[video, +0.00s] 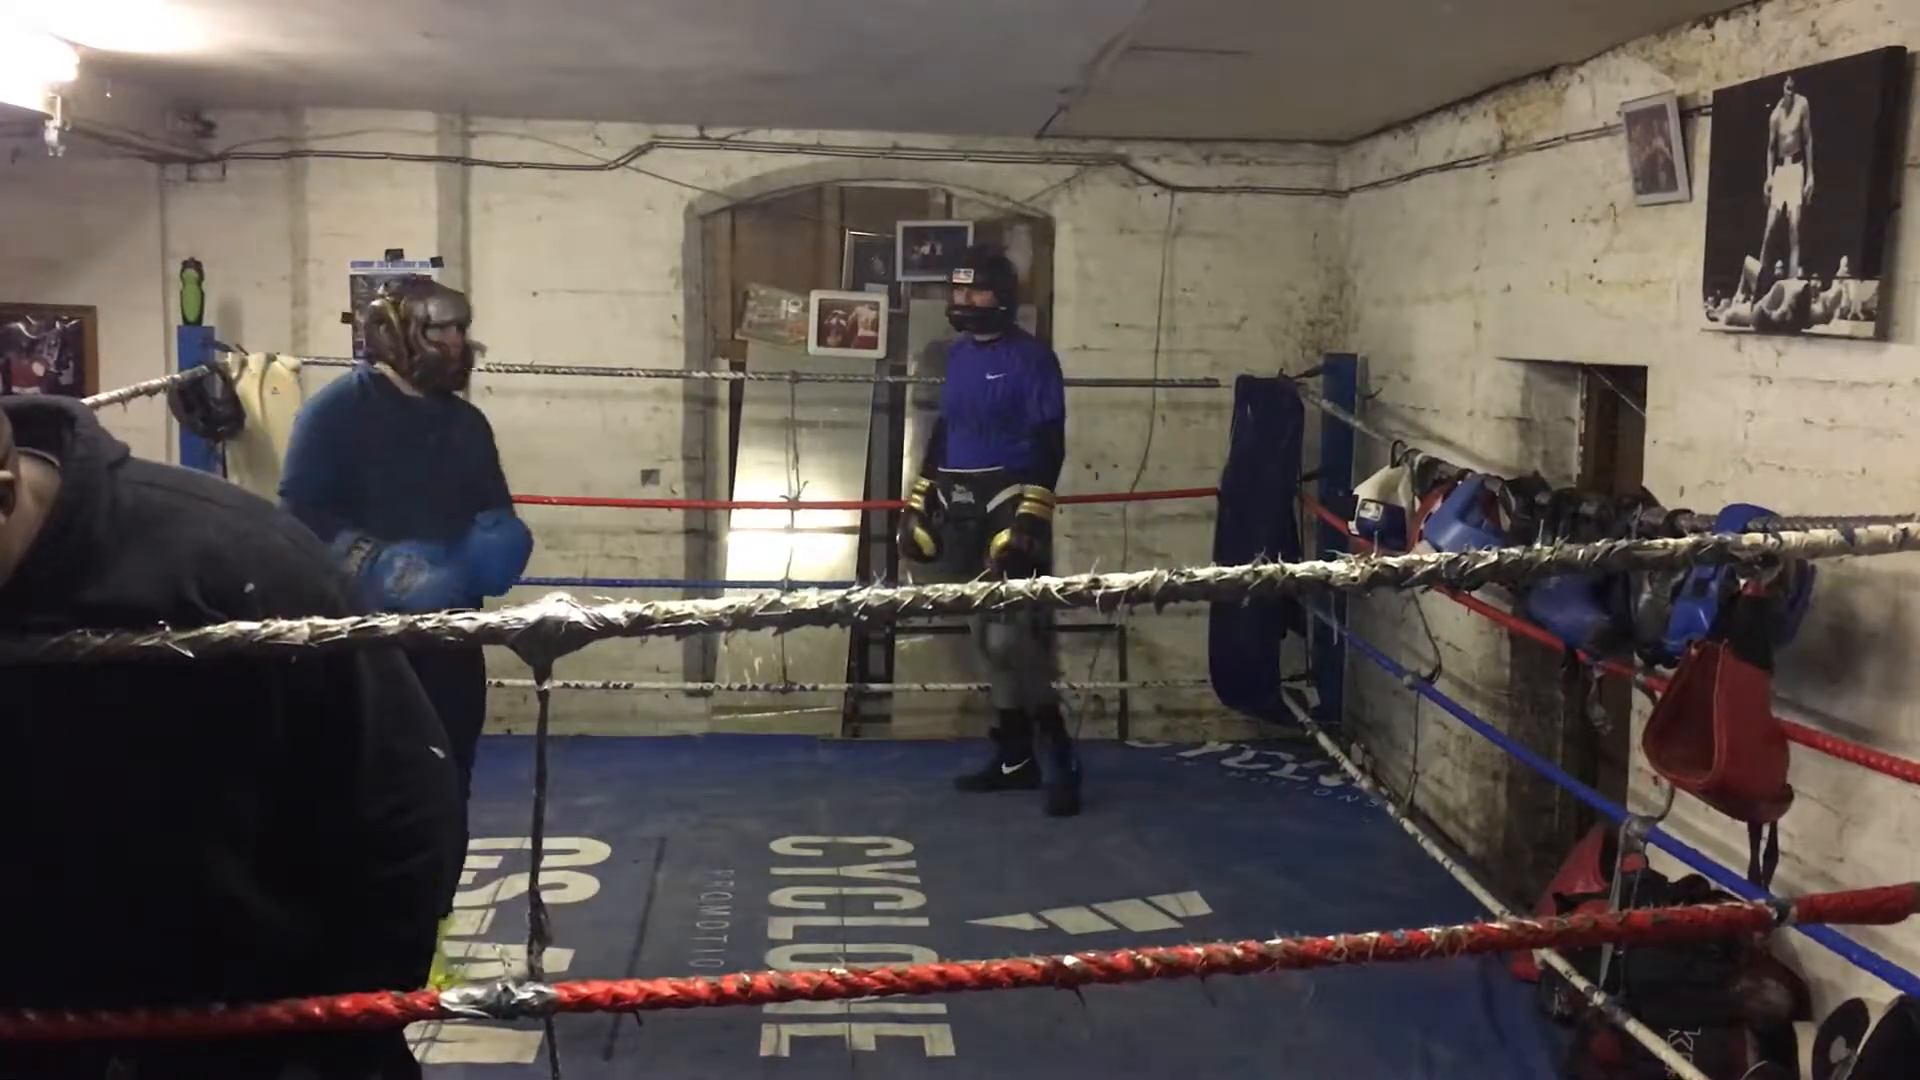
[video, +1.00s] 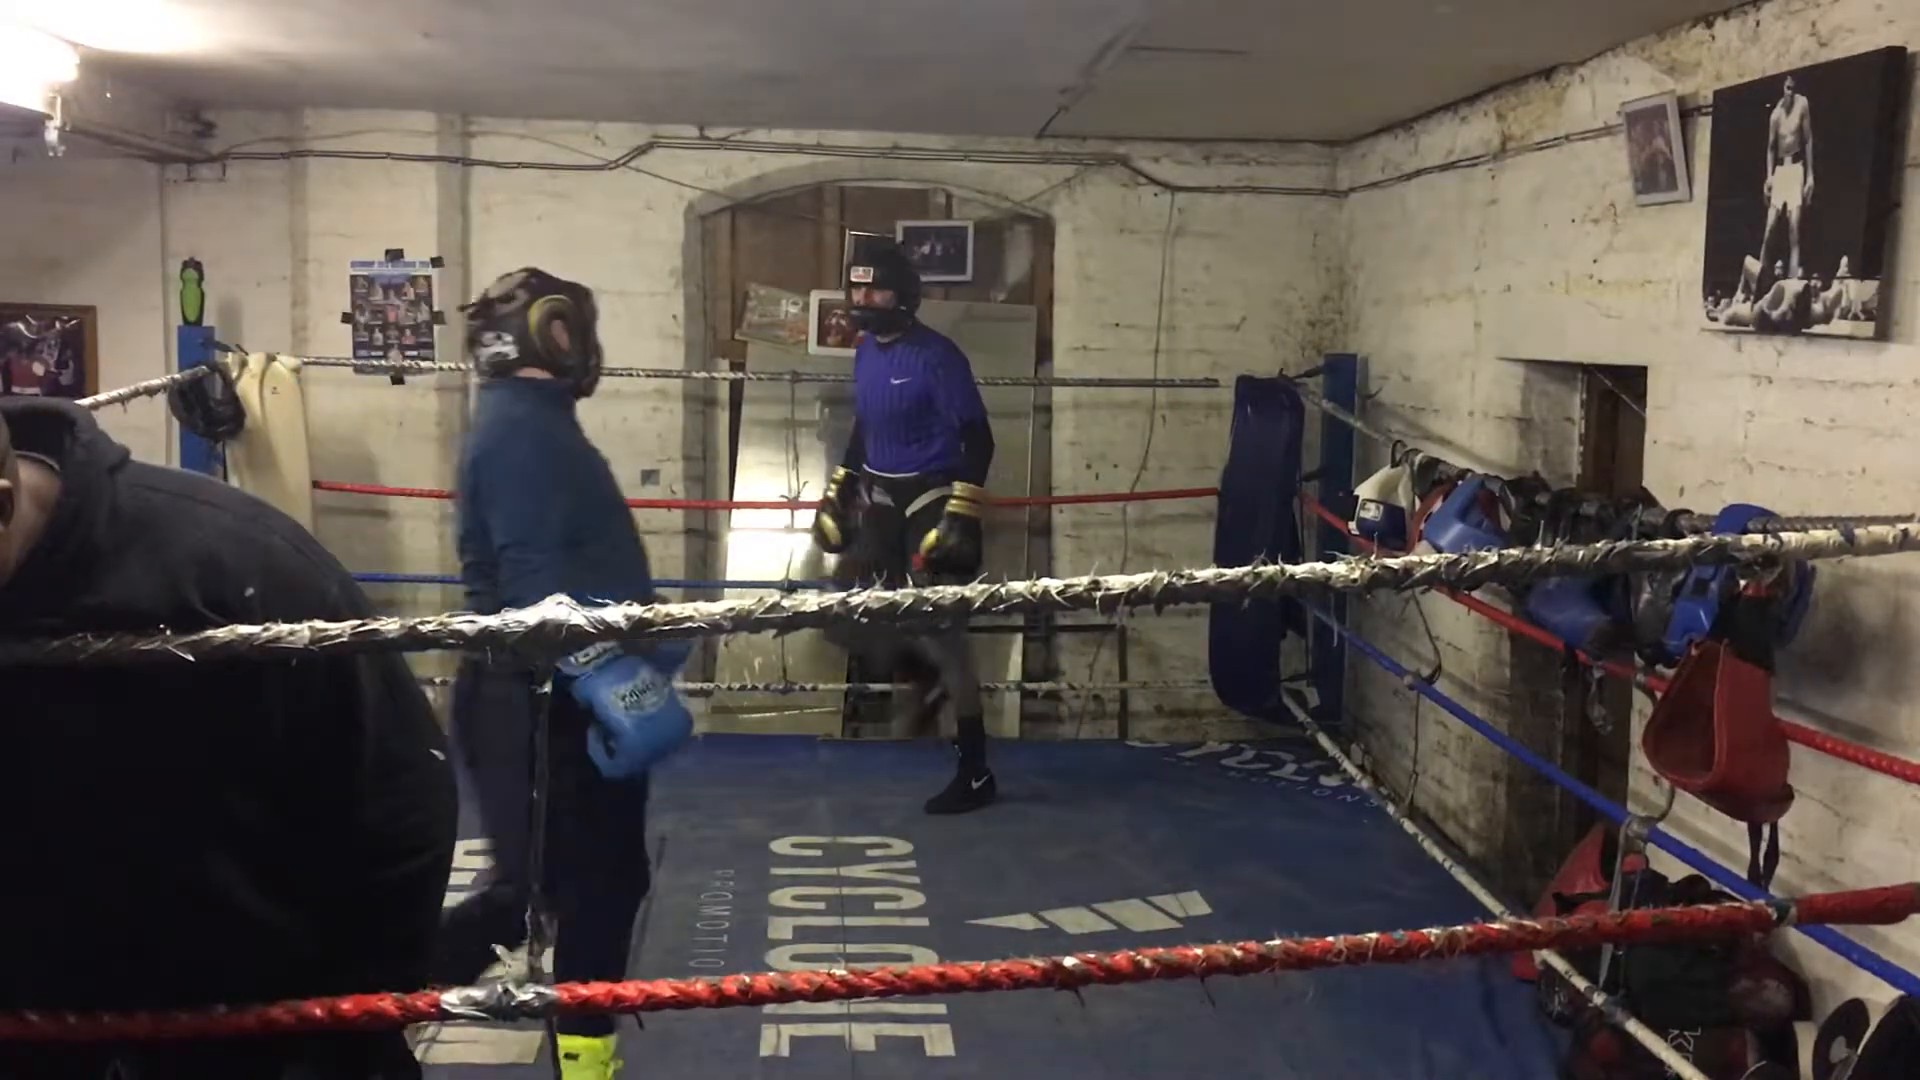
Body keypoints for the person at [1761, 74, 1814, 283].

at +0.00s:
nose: (1788, 92)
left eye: (1791, 89)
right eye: (1786, 88)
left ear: (1796, 90)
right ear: (1782, 89)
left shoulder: (1801, 104)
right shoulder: (1775, 115)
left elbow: (1808, 139)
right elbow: (1771, 146)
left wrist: (1810, 174)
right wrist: (1769, 175)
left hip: (1797, 163)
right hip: (1780, 164)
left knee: (1794, 221)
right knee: (1771, 222)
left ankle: (1794, 269)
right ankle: (1761, 268)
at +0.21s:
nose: (1789, 92)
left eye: (1792, 89)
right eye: (1787, 88)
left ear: (1796, 90)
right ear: (1782, 89)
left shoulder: (1801, 105)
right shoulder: (1775, 115)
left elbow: (1808, 139)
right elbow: (1771, 146)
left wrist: (1810, 175)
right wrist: (1769, 175)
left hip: (1797, 164)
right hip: (1780, 165)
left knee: (1794, 221)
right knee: (1771, 222)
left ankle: (1793, 270)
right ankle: (1762, 269)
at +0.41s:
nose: (1789, 92)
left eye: (1792, 89)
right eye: (1787, 89)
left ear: (1796, 90)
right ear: (1783, 89)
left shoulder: (1802, 104)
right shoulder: (1776, 115)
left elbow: (1808, 139)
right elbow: (1771, 146)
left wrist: (1810, 174)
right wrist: (1769, 175)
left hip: (1797, 164)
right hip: (1780, 165)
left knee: (1794, 221)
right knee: (1771, 221)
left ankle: (1795, 268)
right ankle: (1762, 269)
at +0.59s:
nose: (1789, 92)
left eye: (1792, 89)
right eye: (1787, 88)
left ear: (1796, 89)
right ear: (1783, 89)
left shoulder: (1801, 104)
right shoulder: (1775, 115)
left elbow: (1808, 139)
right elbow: (1771, 146)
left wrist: (1810, 174)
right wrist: (1769, 175)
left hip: (1797, 163)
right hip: (1780, 165)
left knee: (1794, 220)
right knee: (1771, 221)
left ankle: (1794, 268)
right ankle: (1762, 268)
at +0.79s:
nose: (1789, 92)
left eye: (1792, 88)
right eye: (1787, 88)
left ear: (1796, 89)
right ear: (1783, 89)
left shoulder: (1801, 104)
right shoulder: (1775, 114)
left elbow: (1808, 139)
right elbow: (1771, 146)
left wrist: (1810, 175)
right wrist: (1769, 175)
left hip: (1797, 164)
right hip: (1780, 165)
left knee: (1794, 221)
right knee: (1771, 221)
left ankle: (1794, 269)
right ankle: (1762, 269)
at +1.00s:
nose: (1788, 92)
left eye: (1791, 89)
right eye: (1787, 88)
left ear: (1796, 90)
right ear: (1783, 89)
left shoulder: (1801, 105)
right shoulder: (1775, 114)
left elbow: (1808, 139)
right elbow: (1770, 146)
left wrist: (1810, 175)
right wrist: (1769, 175)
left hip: (1797, 164)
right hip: (1779, 165)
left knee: (1794, 221)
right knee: (1771, 221)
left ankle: (1794, 269)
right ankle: (1762, 268)